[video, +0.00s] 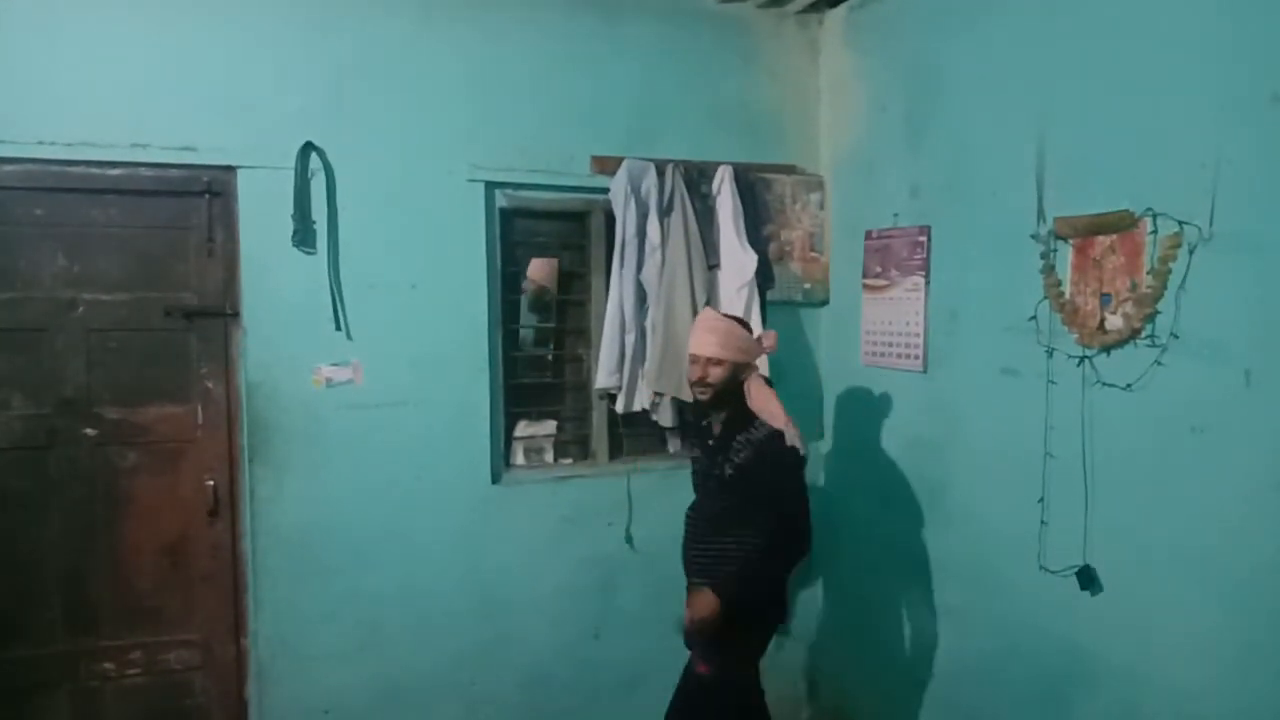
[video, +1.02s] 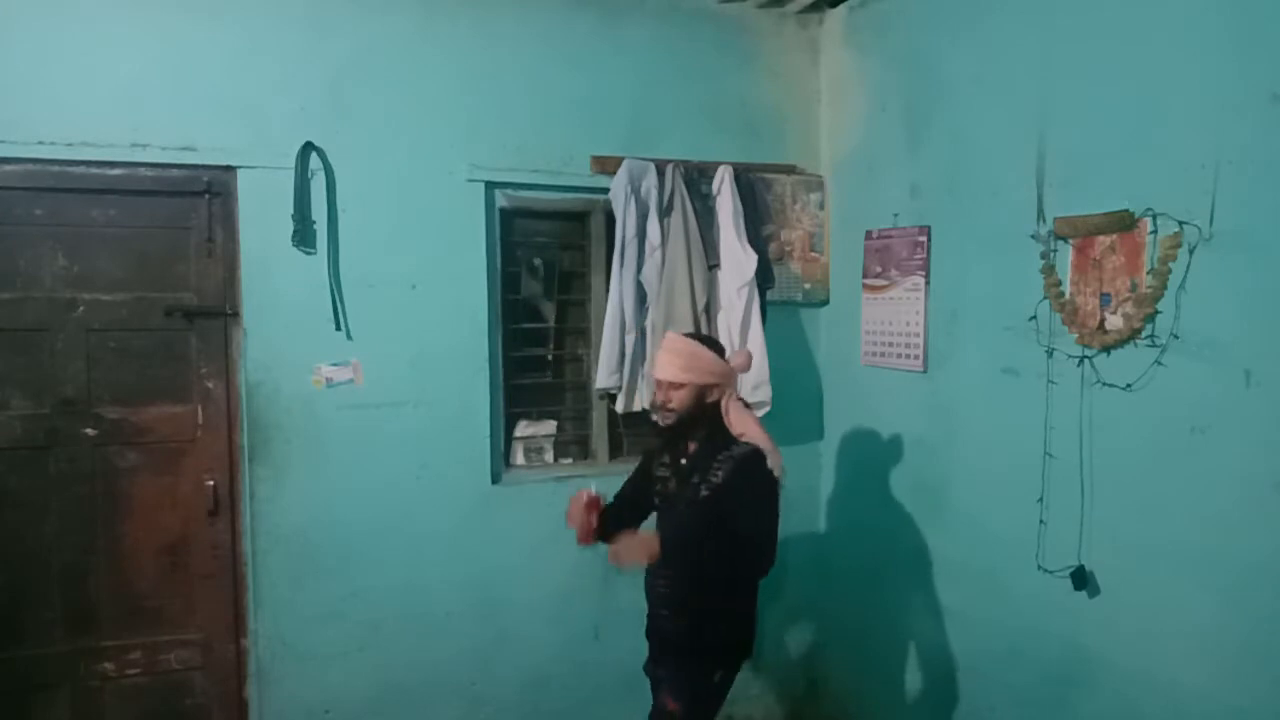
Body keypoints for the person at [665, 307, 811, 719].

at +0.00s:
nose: (700, 374)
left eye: (715, 364)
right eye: (694, 361)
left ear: (742, 370)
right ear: (687, 361)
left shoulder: (770, 439)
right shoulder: (707, 422)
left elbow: (788, 540)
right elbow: (706, 512)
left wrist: (722, 594)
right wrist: (695, 582)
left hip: (748, 603)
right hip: (712, 593)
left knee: (689, 708)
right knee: (738, 703)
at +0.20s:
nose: (685, 378)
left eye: (700, 369)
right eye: (679, 366)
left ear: (729, 376)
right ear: (672, 365)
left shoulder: (749, 450)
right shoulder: (697, 428)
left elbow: (729, 546)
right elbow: (690, 522)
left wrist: (659, 529)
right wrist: (670, 601)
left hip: (720, 623)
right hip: (691, 612)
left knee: (687, 710)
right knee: (728, 710)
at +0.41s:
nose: (662, 385)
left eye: (676, 374)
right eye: (657, 372)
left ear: (708, 378)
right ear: (651, 372)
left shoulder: (730, 454)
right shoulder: (681, 441)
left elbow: (693, 539)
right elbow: (659, 538)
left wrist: (625, 511)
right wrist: (616, 598)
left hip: (696, 637)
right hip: (663, 630)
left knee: (669, 710)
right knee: (665, 708)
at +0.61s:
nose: (651, 378)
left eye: (666, 367)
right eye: (646, 365)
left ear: (700, 373)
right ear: (639, 365)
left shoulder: (724, 447)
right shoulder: (662, 435)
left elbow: (693, 515)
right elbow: (633, 517)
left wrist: (633, 495)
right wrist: (584, 560)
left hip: (693, 630)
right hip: (648, 622)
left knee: (677, 712)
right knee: (652, 709)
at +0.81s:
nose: (643, 404)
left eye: (657, 392)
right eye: (639, 391)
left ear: (692, 389)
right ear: (634, 387)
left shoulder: (734, 462)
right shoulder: (655, 451)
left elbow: (747, 565)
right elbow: (624, 517)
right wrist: (592, 555)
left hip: (708, 634)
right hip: (656, 626)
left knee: (678, 709)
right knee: (664, 705)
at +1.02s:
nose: (662, 398)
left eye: (676, 388)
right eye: (658, 386)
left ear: (711, 391)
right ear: (651, 383)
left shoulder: (748, 460)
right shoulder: (667, 448)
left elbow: (754, 556)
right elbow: (626, 512)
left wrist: (662, 547)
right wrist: (597, 522)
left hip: (715, 633)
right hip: (665, 626)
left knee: (682, 710)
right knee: (666, 707)